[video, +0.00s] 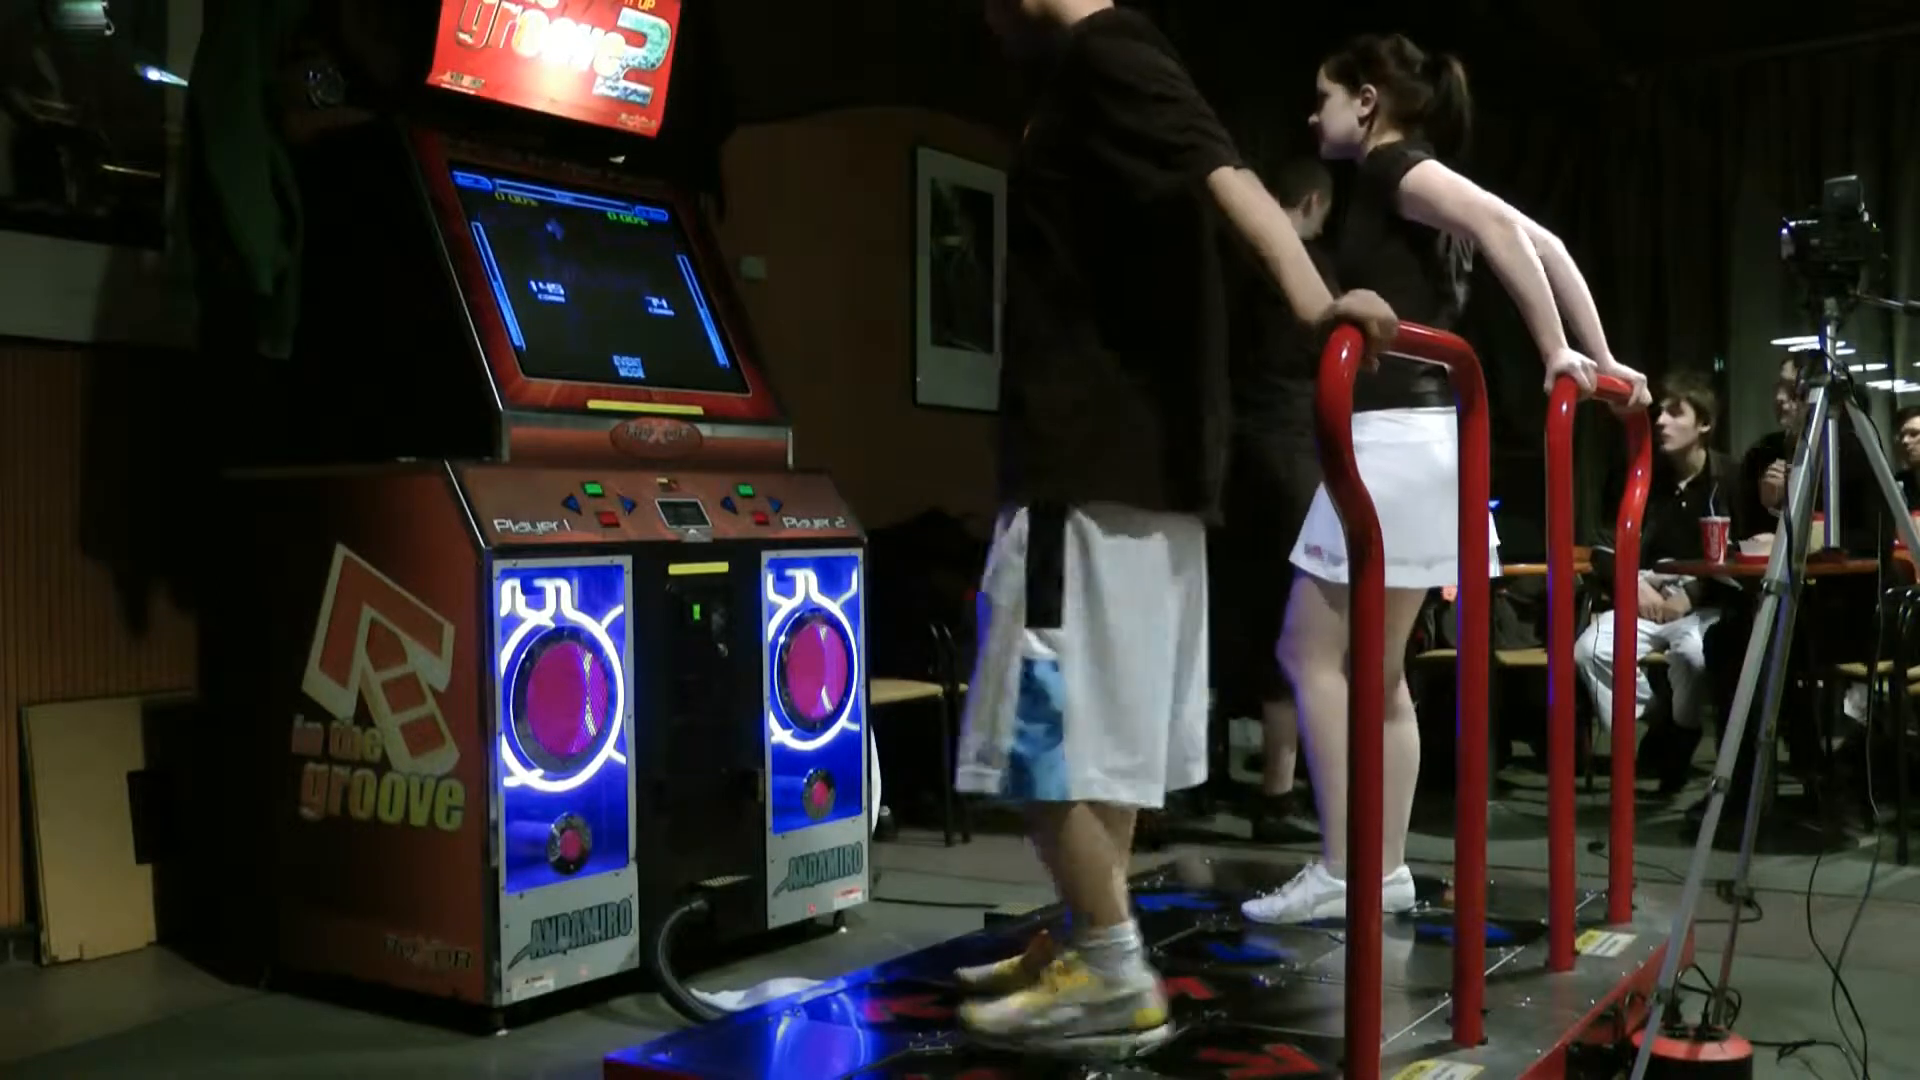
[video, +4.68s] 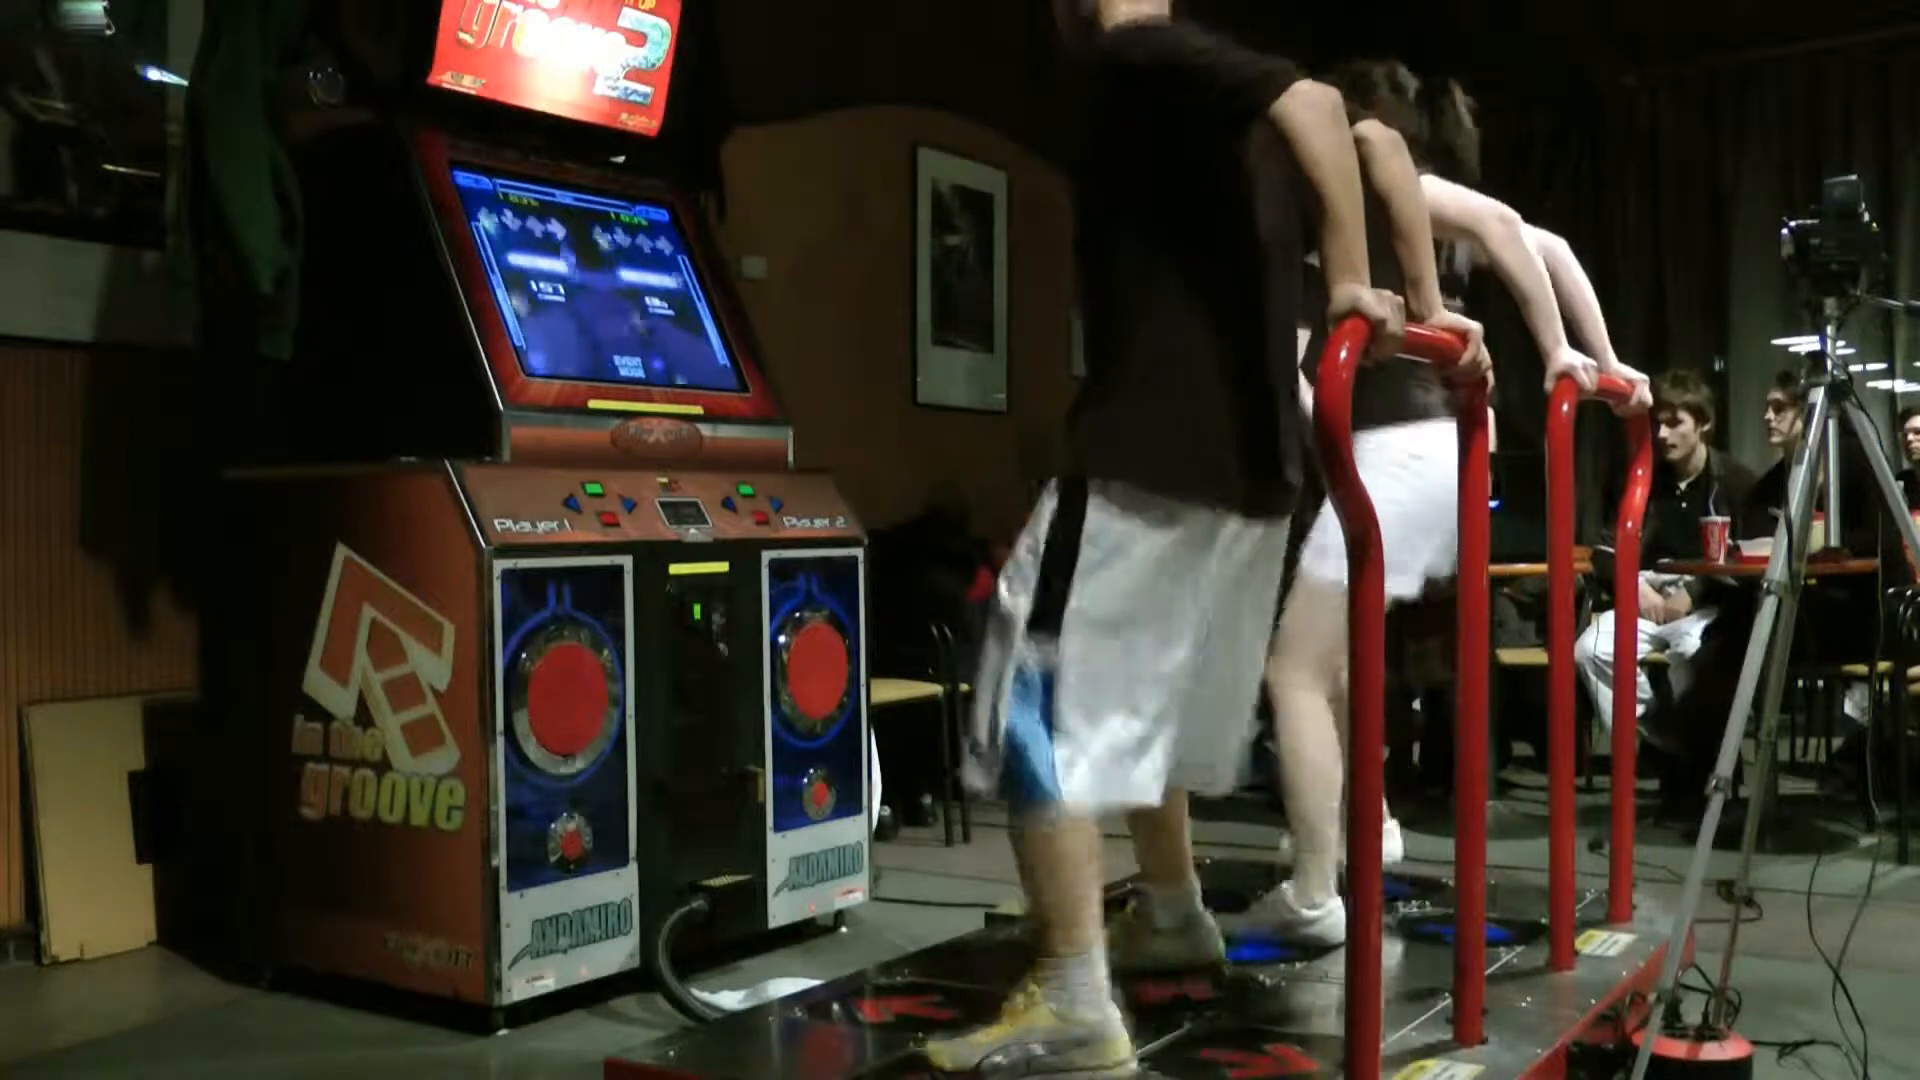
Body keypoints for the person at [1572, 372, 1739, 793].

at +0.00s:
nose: (1662, 422)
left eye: (1675, 413)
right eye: (1659, 412)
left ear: (1703, 426)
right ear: (1651, 419)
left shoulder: (1727, 479)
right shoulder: (1641, 474)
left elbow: (1737, 555)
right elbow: (1607, 546)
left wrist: (1689, 595)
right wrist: (1634, 586)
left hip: (1700, 603)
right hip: (1643, 598)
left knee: (1693, 655)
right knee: (1593, 650)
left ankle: (1683, 735)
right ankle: (1656, 730)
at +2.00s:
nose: (1649, 427)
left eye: (1658, 419)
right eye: (1649, 418)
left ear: (1688, 426)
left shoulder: (1734, 480)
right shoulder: (1642, 475)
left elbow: (1746, 559)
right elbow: (1605, 547)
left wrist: (1692, 595)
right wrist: (1634, 586)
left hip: (1700, 600)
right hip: (1642, 598)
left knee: (1700, 647)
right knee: (1596, 649)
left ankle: (1675, 740)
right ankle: (1652, 748)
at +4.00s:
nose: (1662, 431)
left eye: (1674, 421)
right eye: (1657, 421)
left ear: (1702, 424)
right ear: (1650, 425)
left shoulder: (1734, 481)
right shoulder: (1642, 476)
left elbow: (1747, 565)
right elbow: (1607, 549)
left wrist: (1692, 599)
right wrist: (1635, 586)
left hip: (1706, 606)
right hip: (1648, 602)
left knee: (1689, 652)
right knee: (1593, 648)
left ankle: (1689, 742)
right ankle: (1651, 734)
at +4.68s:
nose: (1663, 433)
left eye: (1674, 423)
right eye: (1658, 423)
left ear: (1703, 425)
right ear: (1650, 427)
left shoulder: (1736, 482)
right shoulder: (1644, 477)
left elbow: (1747, 561)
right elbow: (1607, 550)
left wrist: (1692, 595)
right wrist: (1638, 588)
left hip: (1707, 603)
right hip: (1649, 599)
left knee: (1690, 651)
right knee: (1594, 649)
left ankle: (1696, 754)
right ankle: (1652, 744)